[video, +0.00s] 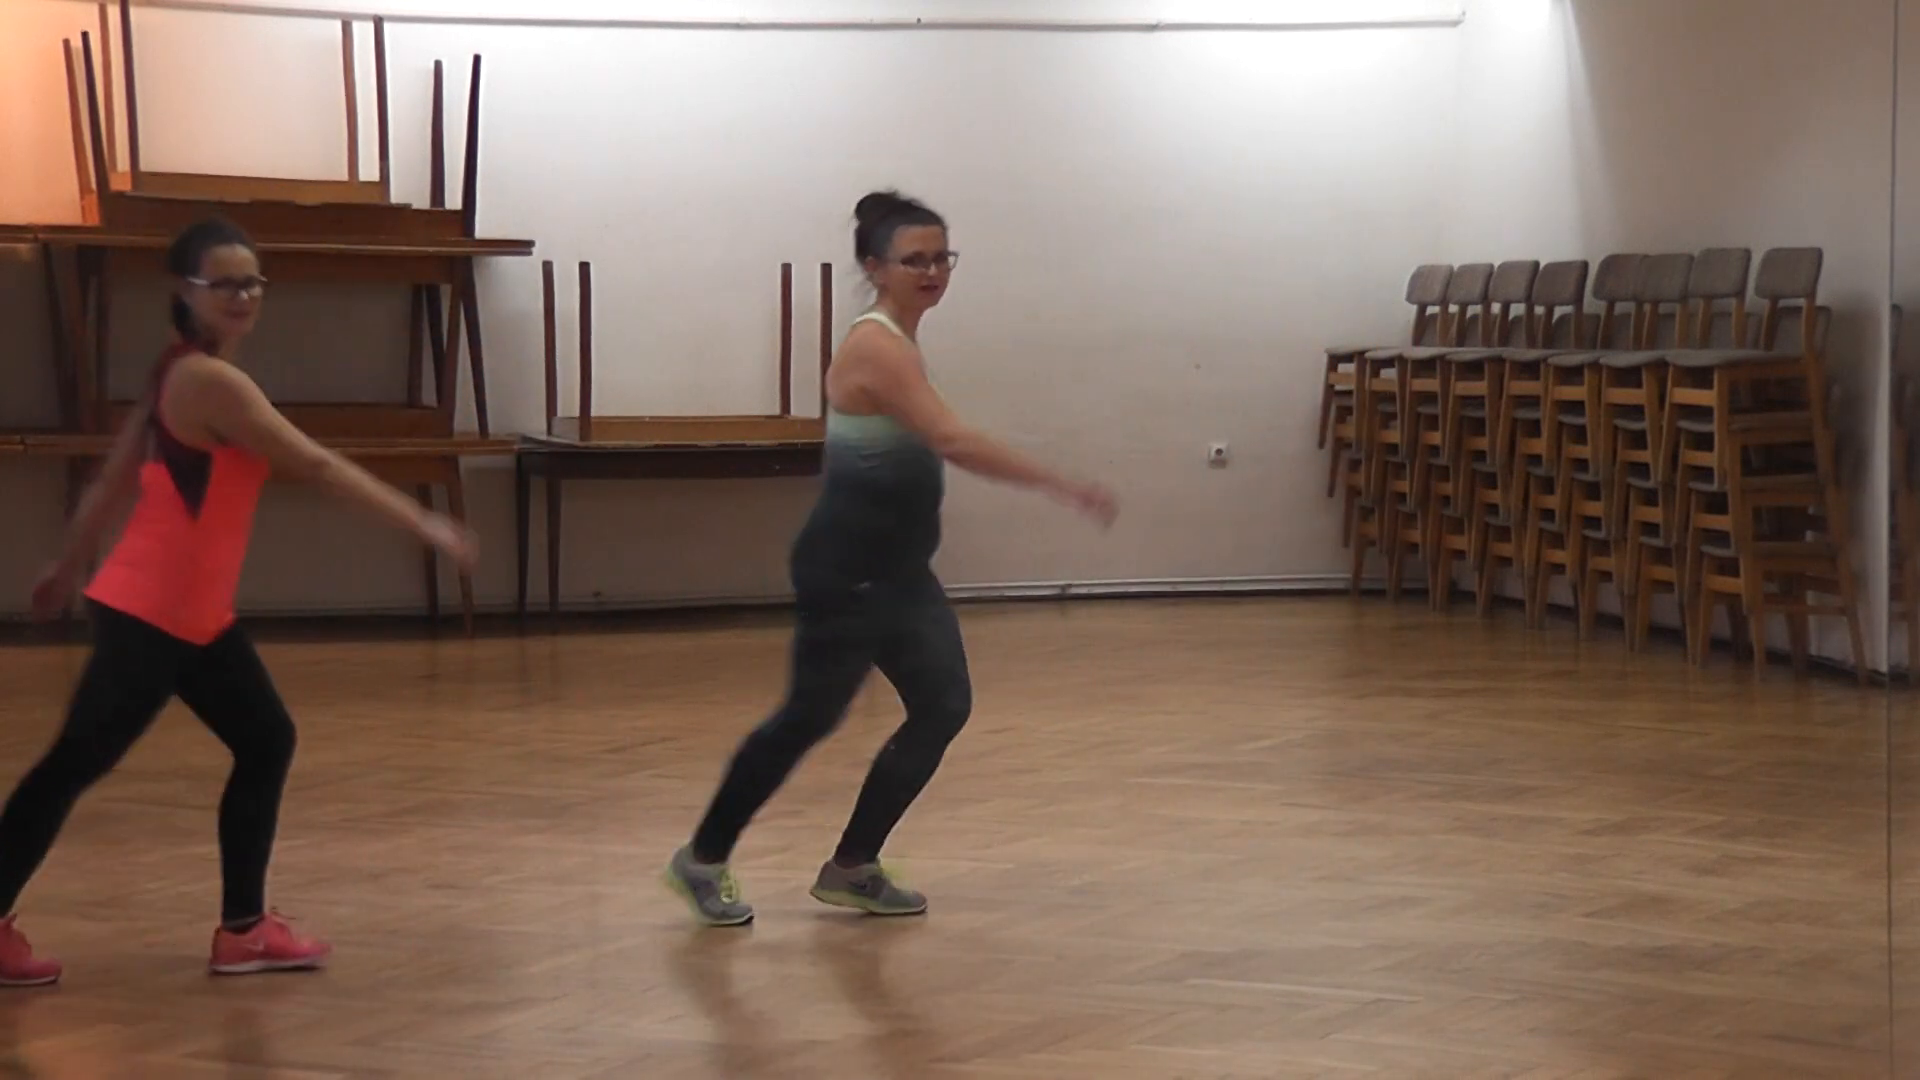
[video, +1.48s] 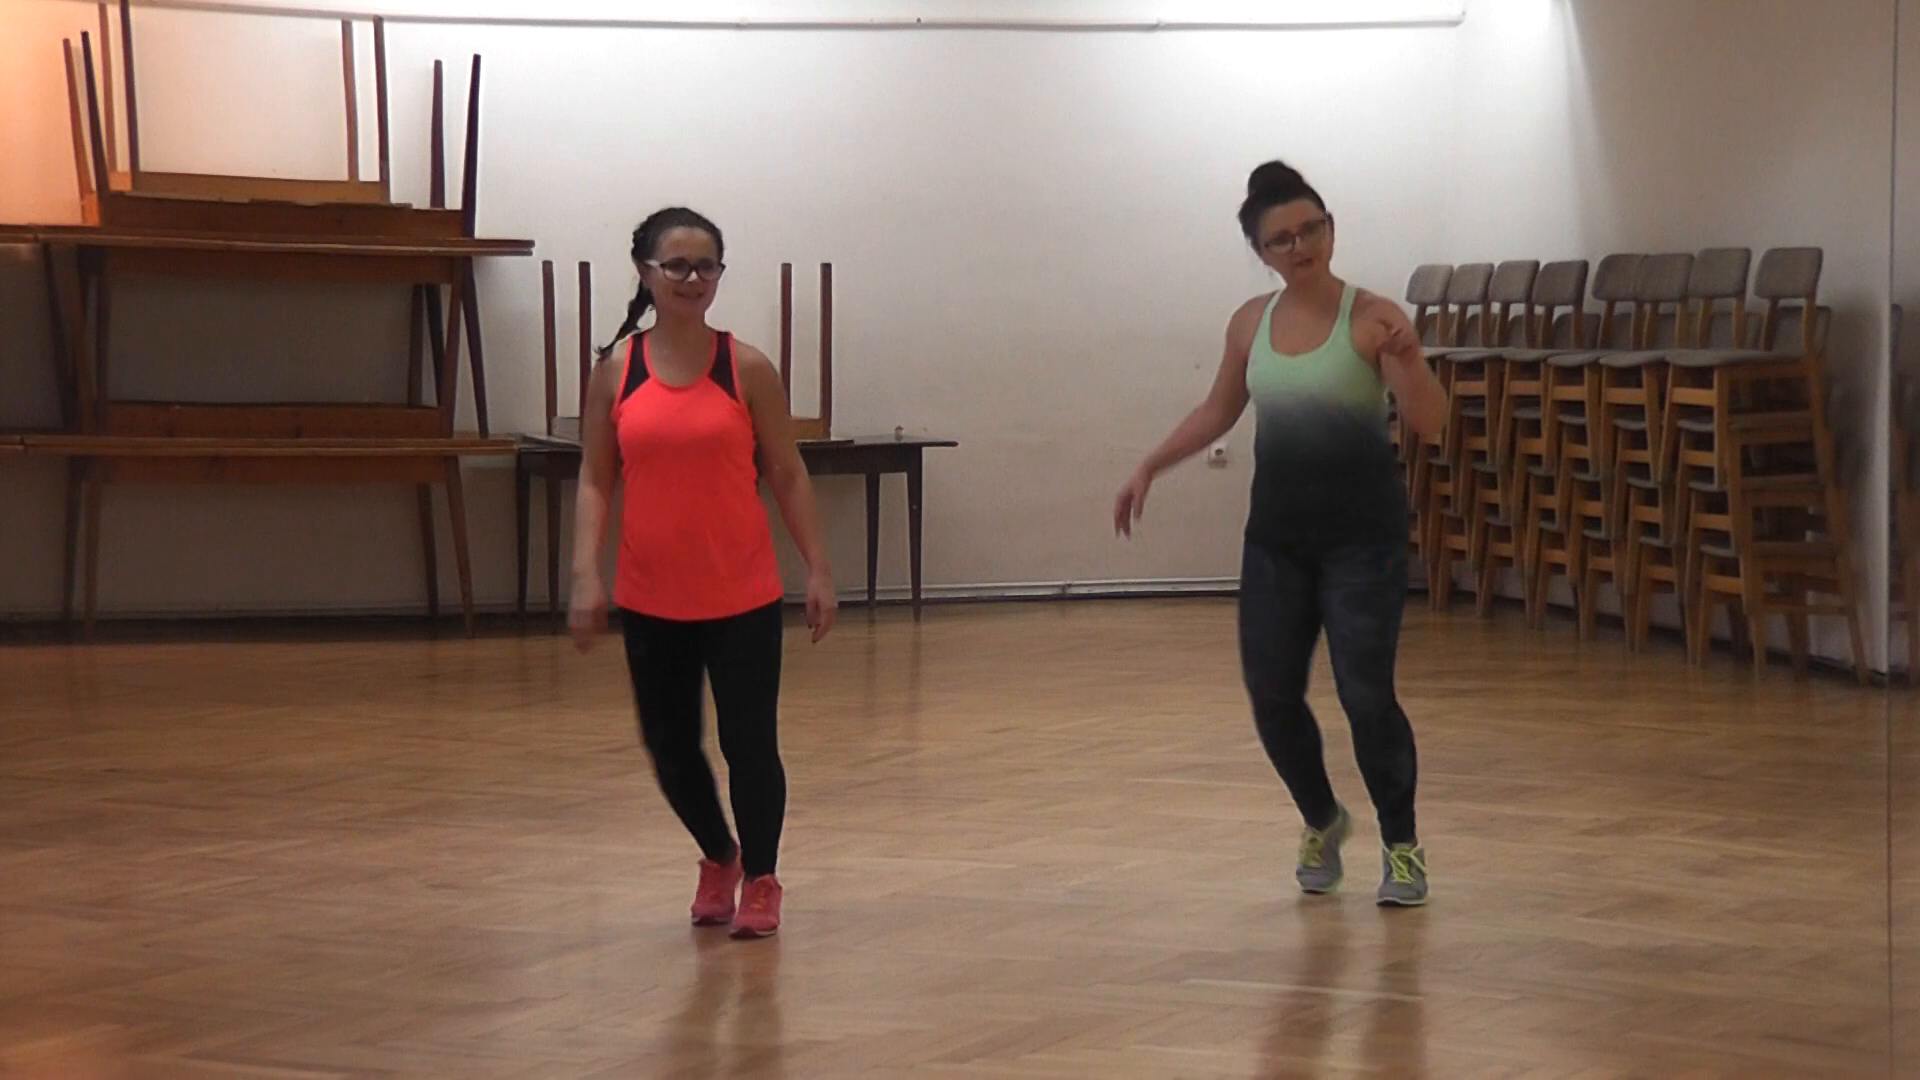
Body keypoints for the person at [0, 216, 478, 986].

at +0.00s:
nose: (244, 299)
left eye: (253, 285)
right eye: (226, 286)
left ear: (260, 289)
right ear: (185, 291)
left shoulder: (182, 376)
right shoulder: (209, 380)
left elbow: (115, 479)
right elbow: (316, 463)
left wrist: (71, 561)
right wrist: (427, 523)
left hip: (194, 617)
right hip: (147, 614)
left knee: (266, 739)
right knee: (71, 764)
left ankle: (244, 927)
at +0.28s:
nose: (349, 258)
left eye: (356, 243)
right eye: (330, 247)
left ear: (364, 250)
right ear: (289, 260)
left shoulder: (338, 341)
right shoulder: (295, 351)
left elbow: (313, 466)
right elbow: (243, 463)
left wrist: (358, 538)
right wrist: (213, 575)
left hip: (302, 580)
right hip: (291, 583)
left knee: (274, 743)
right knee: (379, 713)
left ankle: (245, 923)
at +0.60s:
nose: (475, 265)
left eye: (482, 250)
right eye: (455, 256)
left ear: (494, 257)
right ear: (420, 273)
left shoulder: (495, 349)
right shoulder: (421, 360)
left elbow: (501, 472)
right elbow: (373, 472)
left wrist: (572, 529)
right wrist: (343, 569)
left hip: (491, 582)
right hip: (438, 584)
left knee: (504, 742)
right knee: (502, 740)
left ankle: (366, 848)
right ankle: (504, 923)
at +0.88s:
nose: (588, 260)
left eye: (596, 247)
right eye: (569, 250)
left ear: (611, 257)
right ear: (533, 265)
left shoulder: (635, 357)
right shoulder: (514, 358)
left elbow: (658, 465)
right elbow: (487, 469)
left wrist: (694, 554)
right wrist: (605, 449)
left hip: (617, 586)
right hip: (531, 587)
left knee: (669, 730)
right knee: (545, 737)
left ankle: (699, 900)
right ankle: (506, 923)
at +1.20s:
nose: (676, 251)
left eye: (686, 239)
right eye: (658, 239)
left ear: (698, 247)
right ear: (622, 249)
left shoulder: (726, 344)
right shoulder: (590, 347)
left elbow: (761, 453)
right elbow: (558, 452)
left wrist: (785, 549)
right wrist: (628, 442)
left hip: (723, 574)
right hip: (628, 581)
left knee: (725, 736)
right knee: (652, 740)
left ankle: (722, 891)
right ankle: (691, 848)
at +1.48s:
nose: (693, 278)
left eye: (706, 266)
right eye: (677, 265)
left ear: (720, 274)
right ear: (646, 273)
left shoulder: (749, 369)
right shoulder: (614, 373)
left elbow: (788, 474)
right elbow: (595, 482)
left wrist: (818, 568)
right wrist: (586, 577)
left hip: (743, 594)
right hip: (651, 597)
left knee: (748, 743)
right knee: (670, 748)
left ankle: (761, 880)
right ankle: (718, 857)